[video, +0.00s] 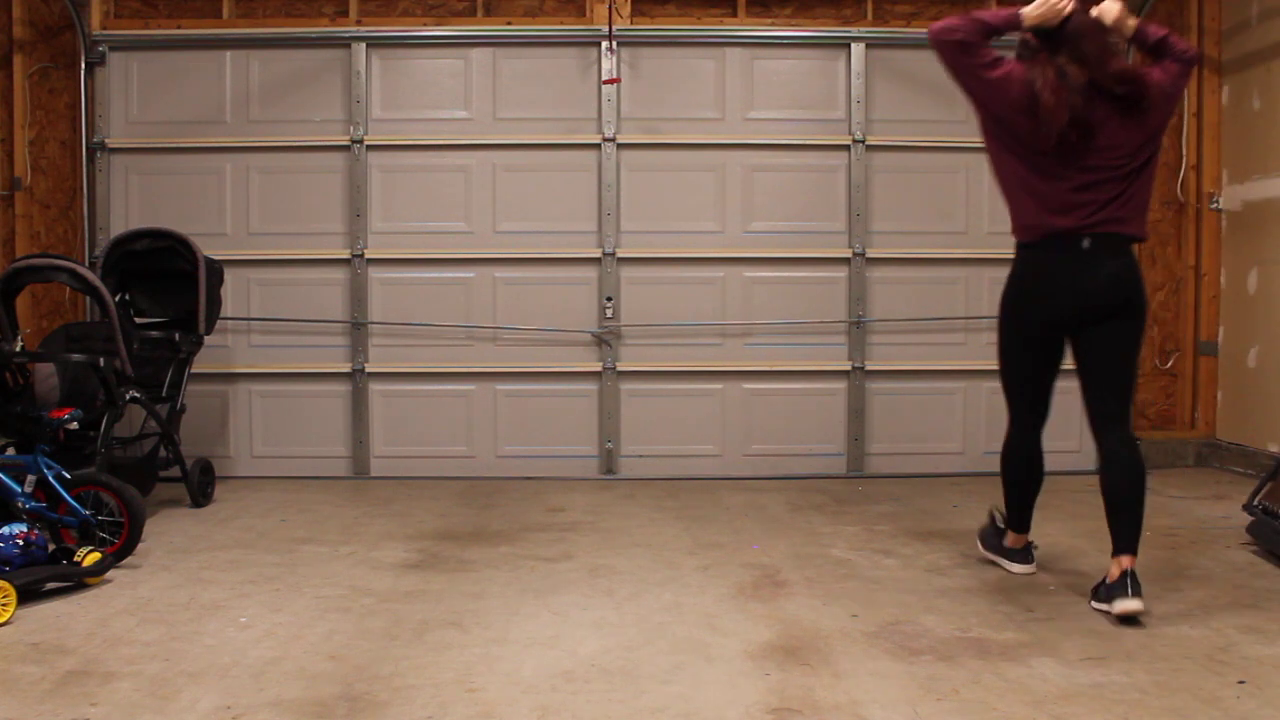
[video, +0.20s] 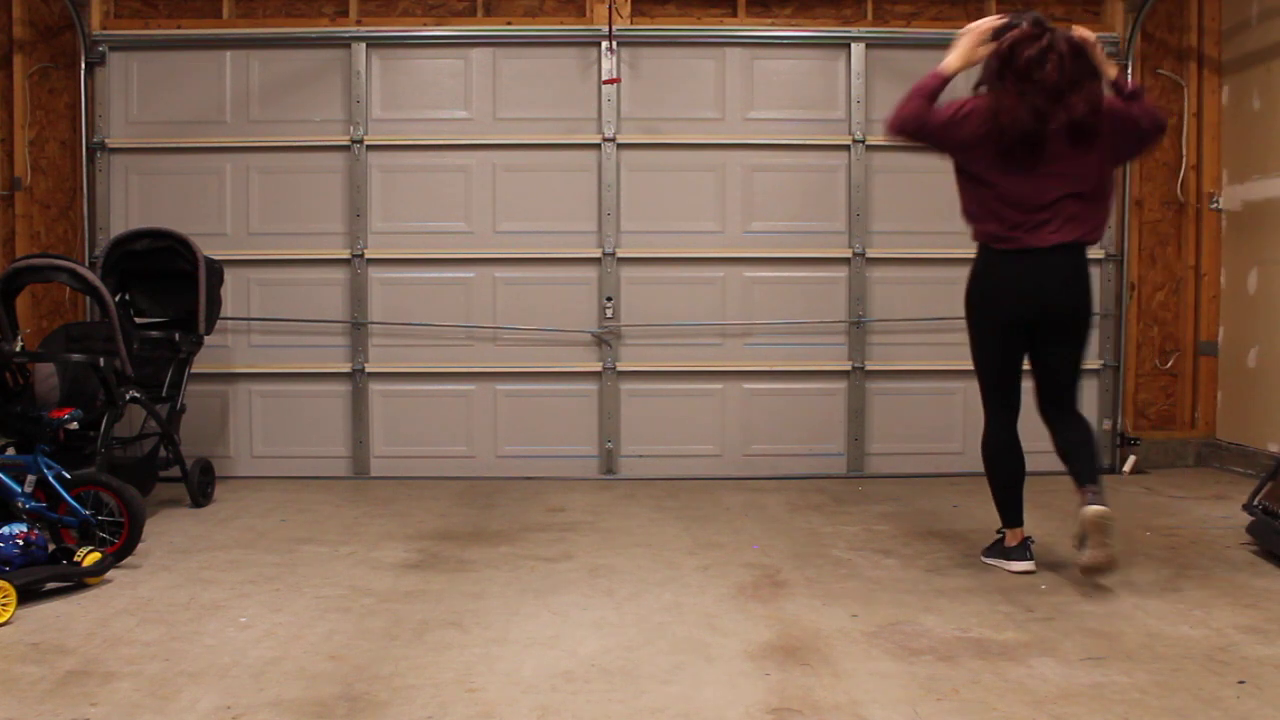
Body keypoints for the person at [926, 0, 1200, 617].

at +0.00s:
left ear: (1038, 47)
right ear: (1107, 48)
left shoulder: (1011, 91)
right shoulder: (1141, 96)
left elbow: (946, 34)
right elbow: (1183, 56)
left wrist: (1017, 16)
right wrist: (1133, 26)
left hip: (1038, 272)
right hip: (1114, 272)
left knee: (1025, 418)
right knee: (1115, 427)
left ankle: (1016, 539)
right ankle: (1124, 572)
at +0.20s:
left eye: (998, 60)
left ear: (997, 69)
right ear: (1068, 73)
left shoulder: (978, 121)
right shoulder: (1092, 118)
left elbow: (905, 120)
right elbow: (1149, 122)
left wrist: (952, 62)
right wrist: (1107, 70)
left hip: (998, 278)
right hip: (1066, 277)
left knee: (1000, 413)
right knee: (1060, 403)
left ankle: (1014, 538)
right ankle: (1092, 497)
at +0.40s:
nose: (965, 74)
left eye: (967, 66)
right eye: (967, 65)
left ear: (977, 68)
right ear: (1021, 66)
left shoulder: (963, 118)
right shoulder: (1052, 118)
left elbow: (926, 184)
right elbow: (1104, 194)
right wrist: (1072, 236)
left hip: (976, 278)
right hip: (1037, 276)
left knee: (994, 405)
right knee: (1020, 395)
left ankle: (1015, 536)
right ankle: (1012, 517)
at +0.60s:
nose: (936, 98)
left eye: (938, 91)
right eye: (941, 91)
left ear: (945, 94)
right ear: (988, 94)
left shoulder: (933, 134)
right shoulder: (1016, 136)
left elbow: (915, 173)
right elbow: (1076, 180)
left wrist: (917, 236)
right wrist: (1047, 240)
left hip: (951, 286)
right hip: (1006, 285)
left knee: (966, 402)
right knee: (981, 397)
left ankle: (1009, 513)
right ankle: (971, 502)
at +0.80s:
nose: (899, 102)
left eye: (901, 95)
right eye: (902, 94)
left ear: (910, 96)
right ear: (946, 95)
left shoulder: (906, 133)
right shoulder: (978, 132)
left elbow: (912, 164)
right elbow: (1042, 162)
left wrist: (907, 222)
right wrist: (1004, 214)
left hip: (929, 276)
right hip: (976, 276)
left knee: (890, 383)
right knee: (963, 389)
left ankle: (943, 475)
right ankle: (968, 507)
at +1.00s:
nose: (855, 121)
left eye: (857, 113)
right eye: (856, 113)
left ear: (868, 113)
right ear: (898, 112)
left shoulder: (874, 145)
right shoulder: (928, 146)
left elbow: (899, 168)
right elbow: (995, 172)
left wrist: (886, 228)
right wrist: (961, 225)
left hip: (893, 283)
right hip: (937, 280)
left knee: (866, 391)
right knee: (953, 392)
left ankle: (835, 483)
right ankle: (965, 501)